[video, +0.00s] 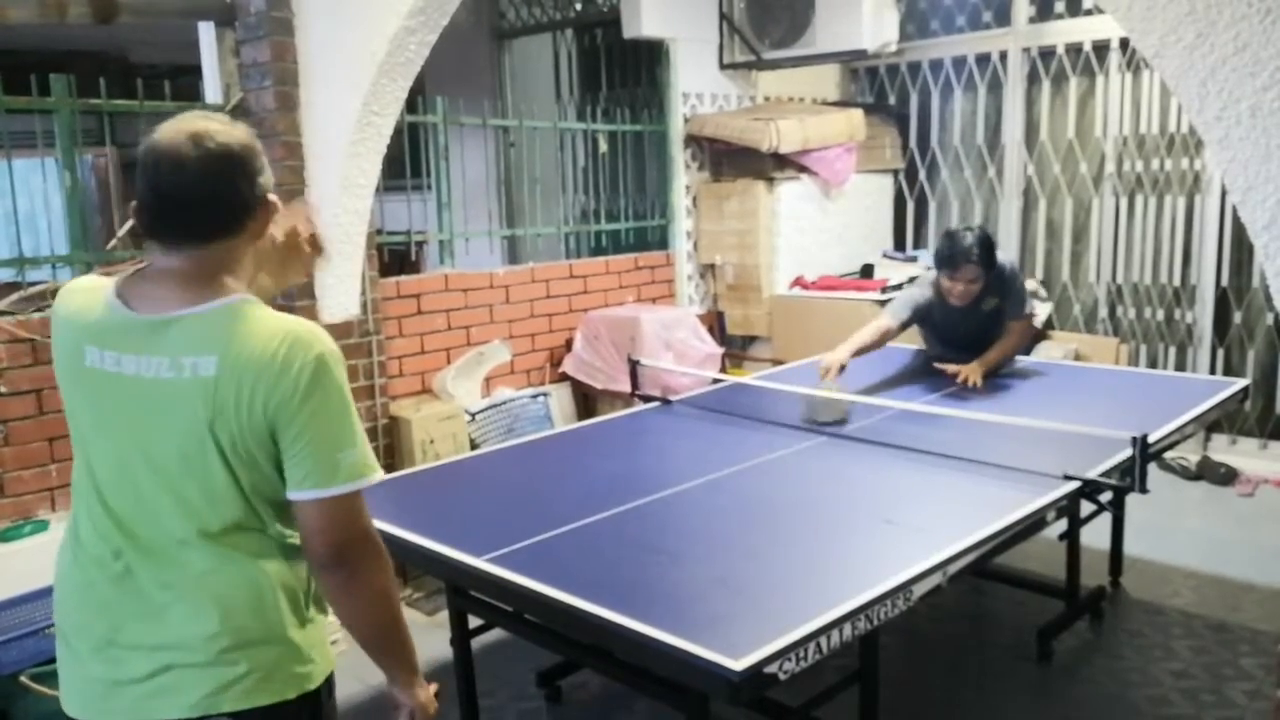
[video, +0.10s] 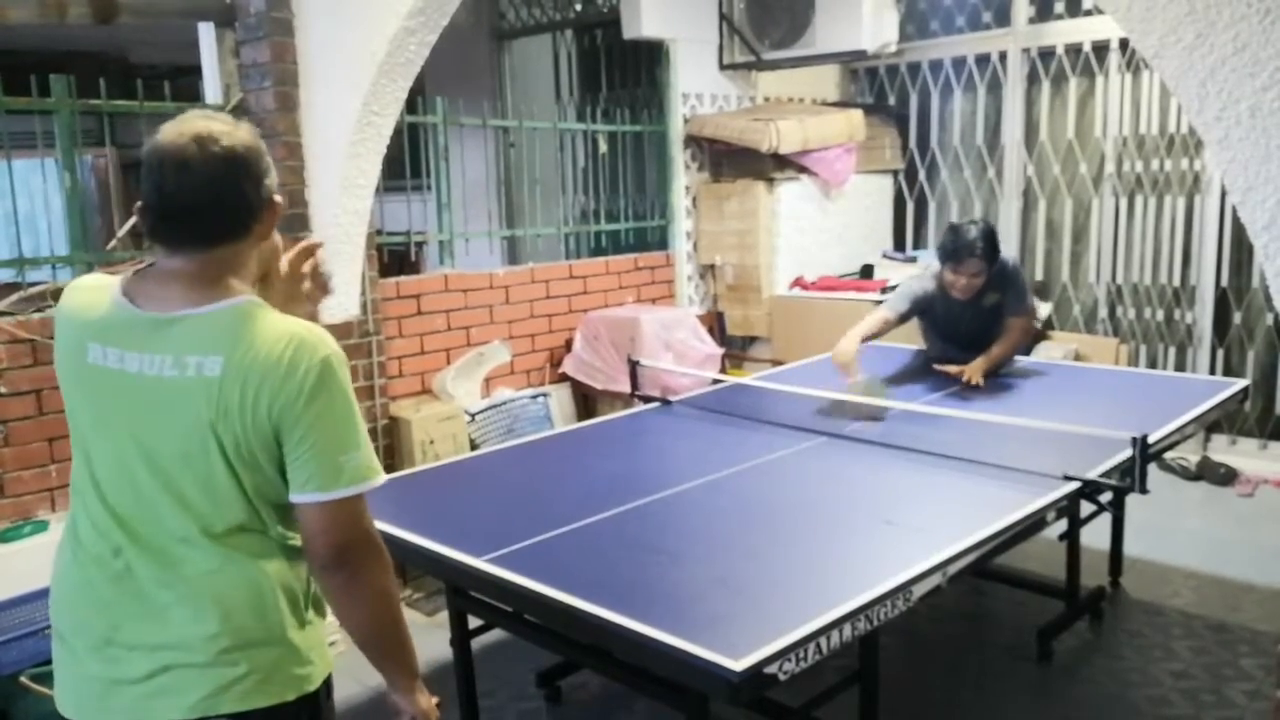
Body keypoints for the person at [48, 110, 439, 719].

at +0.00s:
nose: (276, 207)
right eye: (273, 197)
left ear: (141, 215)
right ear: (262, 216)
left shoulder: (75, 312)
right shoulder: (289, 350)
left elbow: (165, 299)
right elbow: (338, 546)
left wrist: (266, 267)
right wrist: (407, 678)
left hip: (97, 670)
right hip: (245, 677)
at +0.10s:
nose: (280, 213)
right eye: (278, 201)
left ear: (147, 215)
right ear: (269, 216)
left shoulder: (79, 309)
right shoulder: (293, 354)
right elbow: (339, 549)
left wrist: (265, 307)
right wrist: (406, 683)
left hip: (92, 672)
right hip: (244, 679)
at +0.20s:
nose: (270, 211)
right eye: (269, 199)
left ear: (137, 220)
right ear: (260, 217)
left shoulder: (76, 312)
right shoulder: (284, 354)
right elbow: (332, 549)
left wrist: (259, 316)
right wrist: (404, 682)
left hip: (88, 673)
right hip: (239, 680)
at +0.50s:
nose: (202, 230)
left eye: (203, 212)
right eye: (201, 212)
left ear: (75, 219)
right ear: (175, 219)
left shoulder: (15, 340)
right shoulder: (201, 356)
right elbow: (256, 551)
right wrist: (359, 678)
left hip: (56, 682)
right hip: (198, 686)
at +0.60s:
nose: (180, 239)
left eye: (182, 218)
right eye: (175, 217)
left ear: (51, 226)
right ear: (137, 225)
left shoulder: (12, 337)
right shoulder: (169, 354)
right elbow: (220, 548)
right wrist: (320, 682)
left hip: (40, 687)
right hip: (177, 691)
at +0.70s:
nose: (160, 238)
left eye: (160, 217)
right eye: (153, 216)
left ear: (32, 226)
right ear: (113, 223)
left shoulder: (6, 330)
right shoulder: (147, 346)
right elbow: (193, 542)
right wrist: (281, 683)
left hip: (24, 690)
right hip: (158, 693)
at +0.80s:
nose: (147, 238)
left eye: (147, 218)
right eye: (140, 217)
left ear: (21, 229)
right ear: (101, 222)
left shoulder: (7, 332)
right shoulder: (140, 341)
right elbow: (185, 540)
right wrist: (267, 680)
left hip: (24, 689)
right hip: (152, 691)